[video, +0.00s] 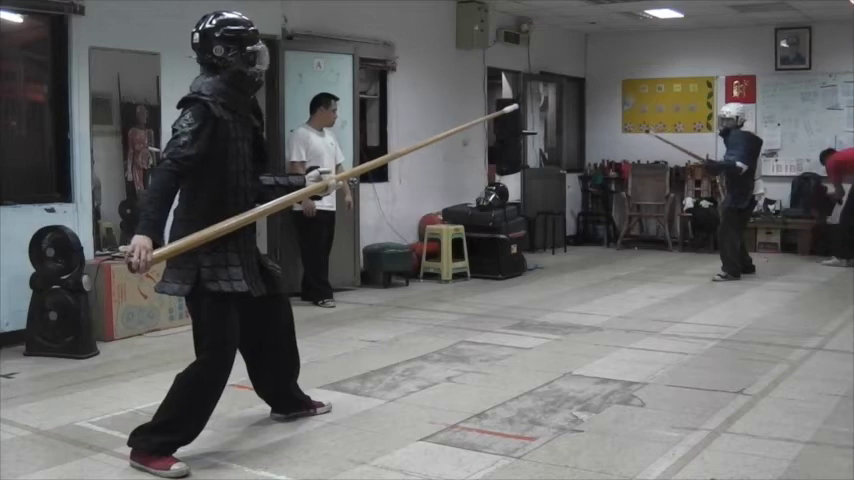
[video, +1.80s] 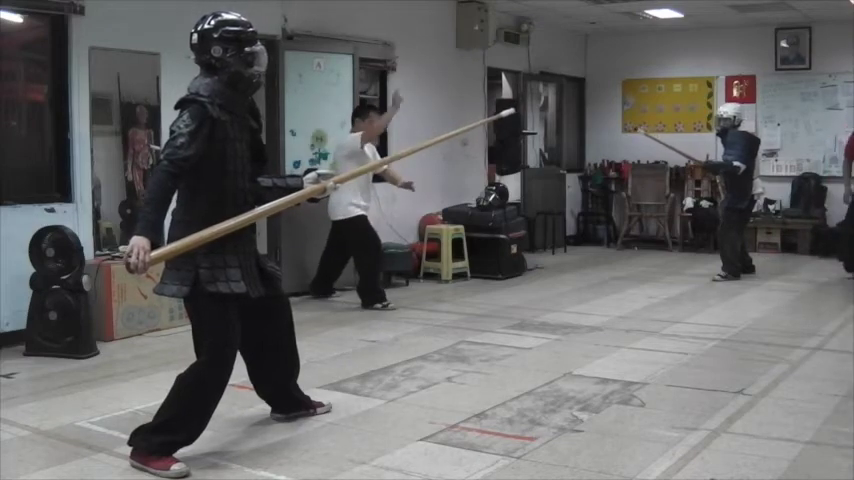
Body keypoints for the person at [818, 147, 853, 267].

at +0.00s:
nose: (826, 167)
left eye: (825, 164)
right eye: (825, 164)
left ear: (826, 159)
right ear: (833, 153)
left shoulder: (831, 162)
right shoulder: (844, 154)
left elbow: (840, 192)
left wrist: (834, 196)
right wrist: (836, 195)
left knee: (845, 218)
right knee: (846, 217)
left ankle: (841, 256)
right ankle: (847, 256)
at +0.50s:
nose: (834, 152)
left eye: (833, 149)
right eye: (832, 150)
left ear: (836, 143)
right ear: (842, 139)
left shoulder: (839, 153)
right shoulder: (850, 143)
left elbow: (845, 181)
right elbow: (845, 181)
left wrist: (848, 199)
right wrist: (848, 199)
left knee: (850, 221)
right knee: (849, 221)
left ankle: (846, 253)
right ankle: (846, 253)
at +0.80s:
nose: (836, 127)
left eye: (836, 123)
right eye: (834, 124)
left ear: (842, 120)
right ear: (846, 117)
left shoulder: (850, 134)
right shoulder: (849, 133)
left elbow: (852, 165)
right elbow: (852, 165)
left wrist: (849, 189)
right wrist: (849, 189)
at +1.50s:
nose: (853, 116)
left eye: (853, 112)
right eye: (853, 112)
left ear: (851, 113)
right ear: (851, 113)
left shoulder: (848, 135)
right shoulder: (847, 135)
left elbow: (842, 163)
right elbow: (842, 162)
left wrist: (839, 186)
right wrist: (839, 187)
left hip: (851, 187)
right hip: (852, 187)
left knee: (849, 224)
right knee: (849, 224)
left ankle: (850, 262)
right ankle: (850, 263)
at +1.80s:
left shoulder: (850, 141)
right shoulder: (851, 140)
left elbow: (847, 162)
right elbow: (847, 162)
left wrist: (847, 188)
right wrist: (847, 188)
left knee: (849, 227)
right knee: (849, 228)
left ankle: (849, 261)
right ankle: (849, 262)